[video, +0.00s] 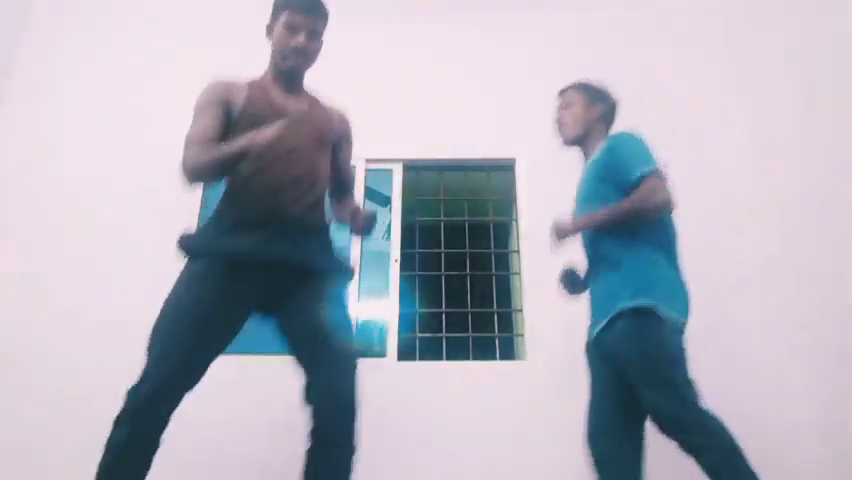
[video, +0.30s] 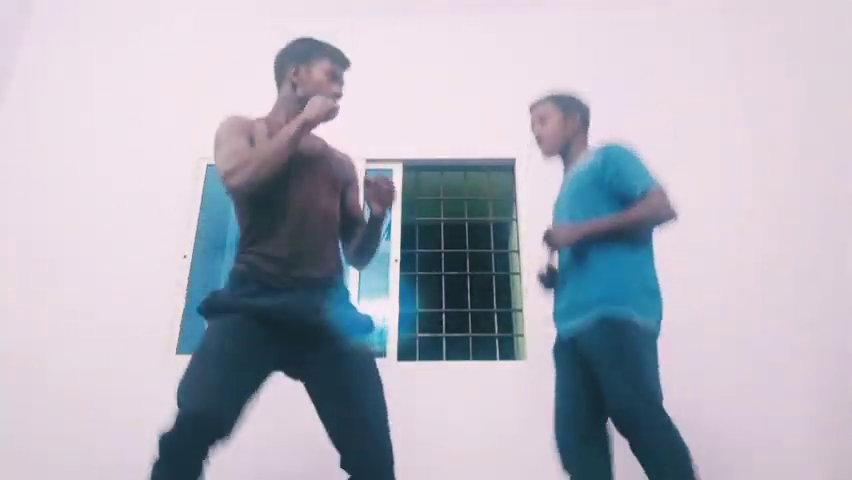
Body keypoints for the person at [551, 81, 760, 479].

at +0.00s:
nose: (558, 117)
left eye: (567, 107)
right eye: (558, 110)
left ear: (597, 111)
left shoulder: (621, 144)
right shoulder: (594, 173)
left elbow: (657, 194)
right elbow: (627, 249)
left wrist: (579, 222)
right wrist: (587, 276)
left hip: (640, 306)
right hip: (610, 318)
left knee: (679, 416)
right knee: (611, 443)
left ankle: (741, 475)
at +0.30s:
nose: (536, 131)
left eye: (542, 121)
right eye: (533, 125)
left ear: (574, 121)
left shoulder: (610, 156)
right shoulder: (568, 189)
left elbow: (660, 206)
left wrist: (579, 231)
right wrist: (560, 275)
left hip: (619, 316)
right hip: (574, 327)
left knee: (641, 420)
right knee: (577, 438)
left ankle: (678, 475)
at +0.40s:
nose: (541, 114)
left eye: (548, 104)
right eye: (539, 108)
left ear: (580, 104)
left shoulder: (616, 137)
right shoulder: (570, 174)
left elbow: (669, 190)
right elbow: (593, 242)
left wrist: (587, 217)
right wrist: (555, 254)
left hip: (621, 301)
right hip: (575, 311)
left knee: (635, 412)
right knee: (581, 432)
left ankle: (668, 475)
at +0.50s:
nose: (554, 118)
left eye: (562, 108)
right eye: (553, 111)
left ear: (593, 110)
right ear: (584, 114)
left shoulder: (633, 151)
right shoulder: (578, 188)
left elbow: (674, 207)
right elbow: (599, 261)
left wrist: (592, 241)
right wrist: (561, 266)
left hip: (632, 325)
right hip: (585, 329)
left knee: (631, 438)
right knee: (573, 447)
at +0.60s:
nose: (565, 138)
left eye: (574, 127)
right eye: (565, 130)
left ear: (606, 132)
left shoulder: (644, 180)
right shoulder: (590, 213)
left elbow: (678, 242)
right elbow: (613, 297)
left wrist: (585, 268)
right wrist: (570, 302)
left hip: (640, 359)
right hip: (596, 361)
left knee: (621, 467)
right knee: (568, 469)